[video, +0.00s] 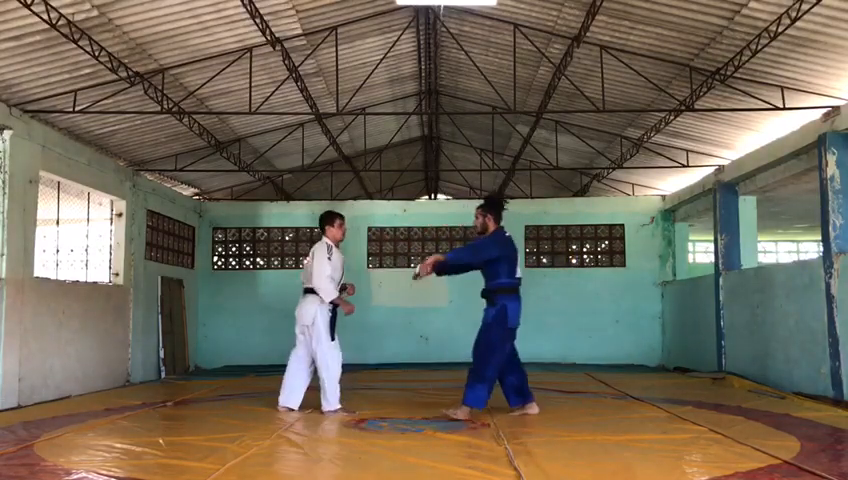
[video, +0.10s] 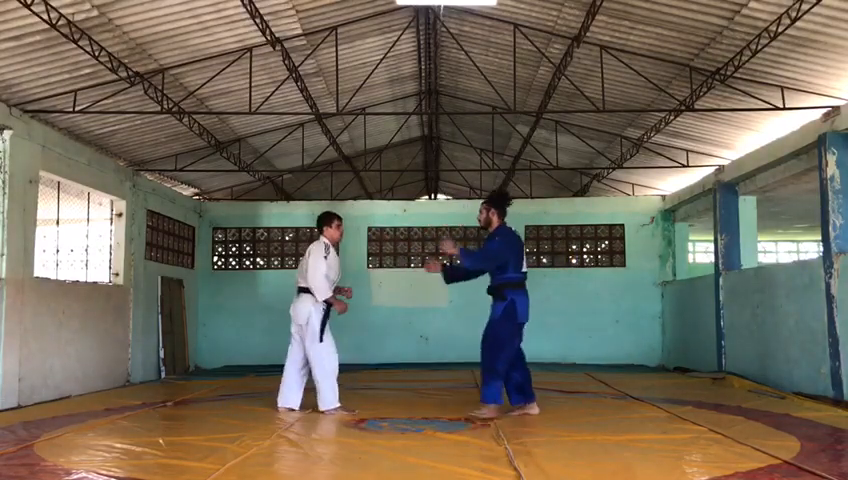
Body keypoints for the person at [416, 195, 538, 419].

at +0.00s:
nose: (475, 223)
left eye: (477, 218)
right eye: (475, 218)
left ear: (487, 218)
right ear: (492, 219)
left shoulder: (497, 241)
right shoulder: (499, 241)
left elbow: (472, 255)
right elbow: (469, 263)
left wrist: (440, 259)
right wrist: (438, 267)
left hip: (502, 305)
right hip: (503, 303)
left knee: (484, 352)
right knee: (504, 352)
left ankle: (466, 407)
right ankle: (527, 403)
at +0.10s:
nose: (479, 216)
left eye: (482, 212)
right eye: (480, 211)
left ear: (493, 213)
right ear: (495, 213)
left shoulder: (503, 238)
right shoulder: (503, 238)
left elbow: (484, 260)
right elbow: (477, 267)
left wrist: (457, 251)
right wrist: (443, 269)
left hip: (508, 300)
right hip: (511, 298)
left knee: (492, 346)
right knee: (509, 348)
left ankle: (491, 404)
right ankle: (527, 402)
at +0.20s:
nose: (482, 214)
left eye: (485, 210)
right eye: (483, 210)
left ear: (495, 212)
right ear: (498, 212)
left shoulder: (507, 236)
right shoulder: (502, 239)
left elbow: (497, 264)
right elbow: (482, 271)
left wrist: (475, 249)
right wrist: (451, 271)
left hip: (513, 298)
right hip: (516, 296)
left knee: (503, 343)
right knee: (518, 346)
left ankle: (521, 403)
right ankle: (531, 402)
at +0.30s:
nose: (485, 215)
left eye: (488, 211)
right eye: (485, 211)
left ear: (499, 213)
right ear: (502, 213)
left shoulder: (514, 238)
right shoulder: (499, 240)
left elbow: (498, 265)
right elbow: (485, 270)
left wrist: (483, 248)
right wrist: (454, 270)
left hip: (520, 300)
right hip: (509, 300)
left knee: (518, 351)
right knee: (509, 352)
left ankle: (545, 401)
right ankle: (524, 401)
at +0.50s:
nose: (485, 229)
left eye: (487, 224)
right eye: (486, 225)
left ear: (497, 225)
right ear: (500, 225)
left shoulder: (522, 250)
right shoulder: (499, 251)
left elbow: (507, 283)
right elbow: (489, 278)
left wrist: (484, 264)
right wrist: (460, 269)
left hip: (530, 310)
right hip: (510, 309)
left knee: (537, 359)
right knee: (485, 346)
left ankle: (561, 410)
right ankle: (505, 392)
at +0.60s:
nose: (478, 229)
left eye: (480, 225)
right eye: (478, 225)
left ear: (491, 225)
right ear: (493, 225)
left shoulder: (517, 249)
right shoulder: (492, 251)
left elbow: (505, 284)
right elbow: (485, 279)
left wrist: (477, 267)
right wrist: (456, 273)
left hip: (527, 309)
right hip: (506, 308)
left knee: (536, 359)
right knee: (484, 348)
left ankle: (558, 411)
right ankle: (480, 400)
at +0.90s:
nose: (447, 236)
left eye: (449, 231)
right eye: (447, 231)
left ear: (459, 232)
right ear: (464, 231)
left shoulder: (486, 254)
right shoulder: (462, 256)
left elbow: (477, 288)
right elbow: (451, 277)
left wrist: (447, 276)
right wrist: (424, 277)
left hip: (504, 307)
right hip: (484, 307)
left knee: (508, 351)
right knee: (468, 351)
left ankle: (540, 398)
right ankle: (464, 405)